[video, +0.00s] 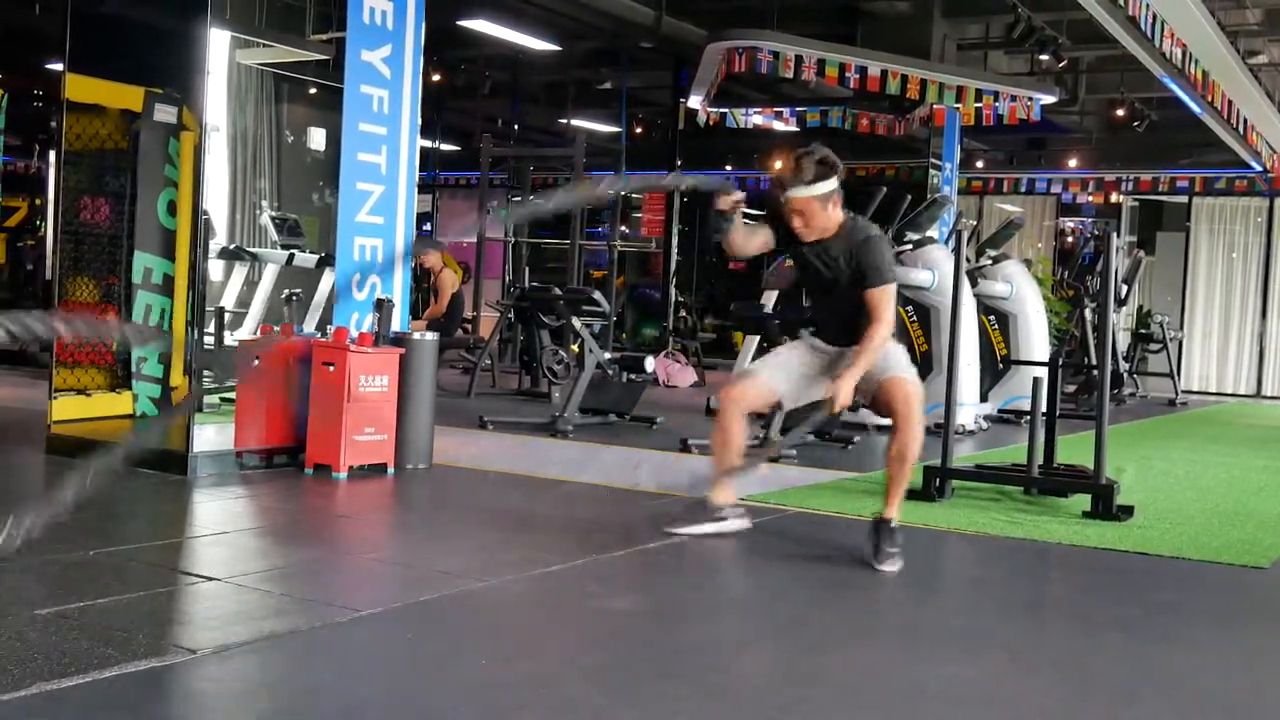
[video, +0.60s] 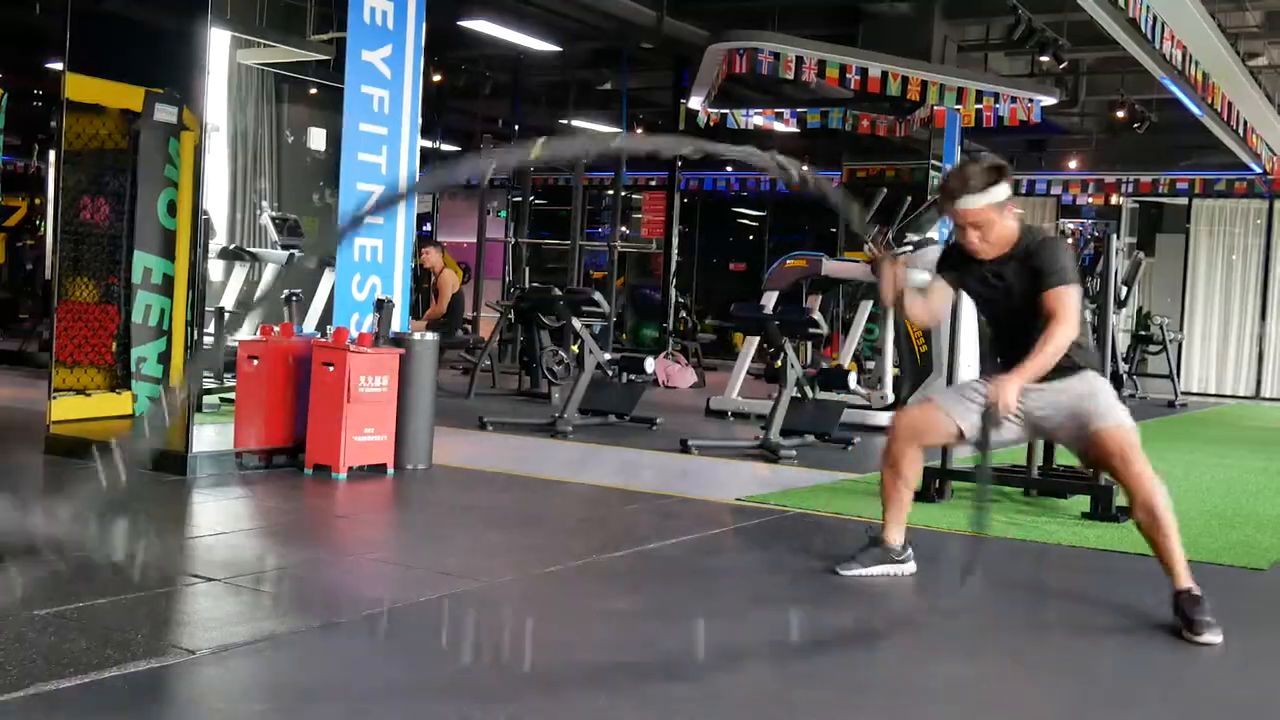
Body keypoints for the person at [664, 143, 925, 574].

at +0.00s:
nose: (794, 223)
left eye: (802, 215)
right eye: (791, 214)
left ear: (834, 206)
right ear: (788, 208)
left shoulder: (868, 242)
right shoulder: (792, 229)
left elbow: (883, 323)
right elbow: (742, 245)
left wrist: (850, 376)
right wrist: (731, 218)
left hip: (873, 350)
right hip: (816, 348)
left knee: (908, 399)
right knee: (735, 396)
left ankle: (889, 520)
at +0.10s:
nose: (811, 229)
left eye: (820, 219)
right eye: (806, 219)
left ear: (852, 209)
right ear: (800, 212)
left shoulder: (885, 235)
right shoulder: (804, 250)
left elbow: (903, 300)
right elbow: (775, 303)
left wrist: (858, 326)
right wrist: (752, 297)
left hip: (898, 353)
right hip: (835, 354)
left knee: (933, 415)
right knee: (758, 408)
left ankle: (944, 539)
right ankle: (766, 519)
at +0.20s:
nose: (854, 235)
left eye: (863, 225)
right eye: (847, 225)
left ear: (896, 218)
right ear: (841, 222)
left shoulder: (926, 241)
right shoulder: (842, 258)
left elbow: (918, 292)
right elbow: (820, 330)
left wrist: (863, 271)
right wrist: (811, 392)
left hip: (926, 370)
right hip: (864, 369)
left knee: (958, 418)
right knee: (776, 412)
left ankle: (977, 547)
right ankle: (766, 519)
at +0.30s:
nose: (898, 219)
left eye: (910, 209)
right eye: (894, 208)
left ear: (944, 208)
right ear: (888, 206)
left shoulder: (973, 250)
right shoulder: (884, 252)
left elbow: (967, 321)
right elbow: (852, 317)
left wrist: (895, 320)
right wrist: (843, 373)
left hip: (968, 371)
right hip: (901, 371)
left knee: (1003, 429)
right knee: (824, 414)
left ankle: (990, 558)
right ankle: (776, 516)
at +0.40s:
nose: (925, 208)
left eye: (936, 197)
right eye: (921, 197)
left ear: (972, 189)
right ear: (916, 193)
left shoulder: (1001, 237)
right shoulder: (920, 225)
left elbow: (1010, 324)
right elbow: (875, 252)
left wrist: (964, 385)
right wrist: (841, 261)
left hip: (1005, 362)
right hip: (947, 361)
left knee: (1039, 416)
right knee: (853, 411)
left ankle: (1014, 552)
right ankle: (849, 533)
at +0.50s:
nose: (939, 219)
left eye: (949, 208)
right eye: (935, 208)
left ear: (985, 196)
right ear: (928, 202)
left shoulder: (1012, 240)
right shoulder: (936, 223)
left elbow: (1041, 328)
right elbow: (887, 236)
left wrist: (1020, 405)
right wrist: (869, 208)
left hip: (1035, 370)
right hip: (977, 373)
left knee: (1076, 421)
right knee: (880, 419)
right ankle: (891, 544)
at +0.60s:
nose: (966, 238)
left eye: (975, 227)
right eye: (959, 227)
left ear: (1009, 213)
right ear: (953, 220)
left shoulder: (1047, 250)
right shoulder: (957, 259)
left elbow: (1064, 324)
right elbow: (928, 313)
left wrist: (1016, 378)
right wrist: (897, 290)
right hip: (1001, 388)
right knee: (906, 425)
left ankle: (1186, 591)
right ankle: (892, 546)